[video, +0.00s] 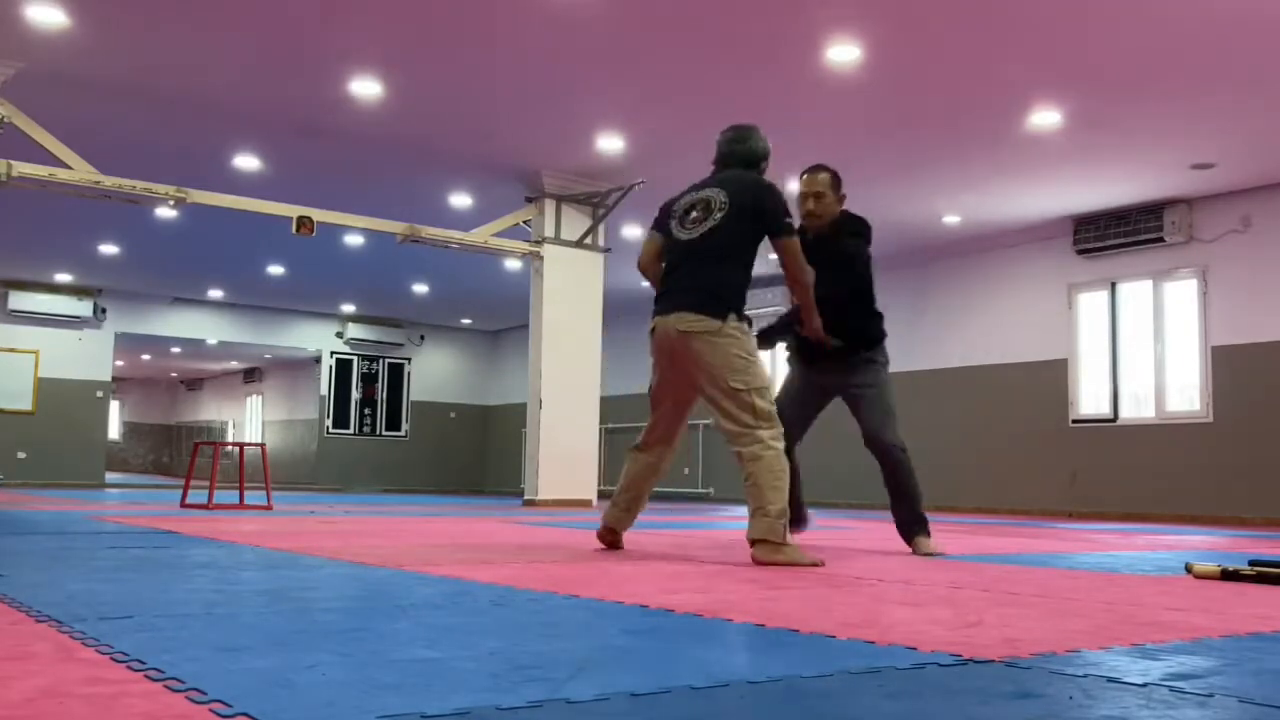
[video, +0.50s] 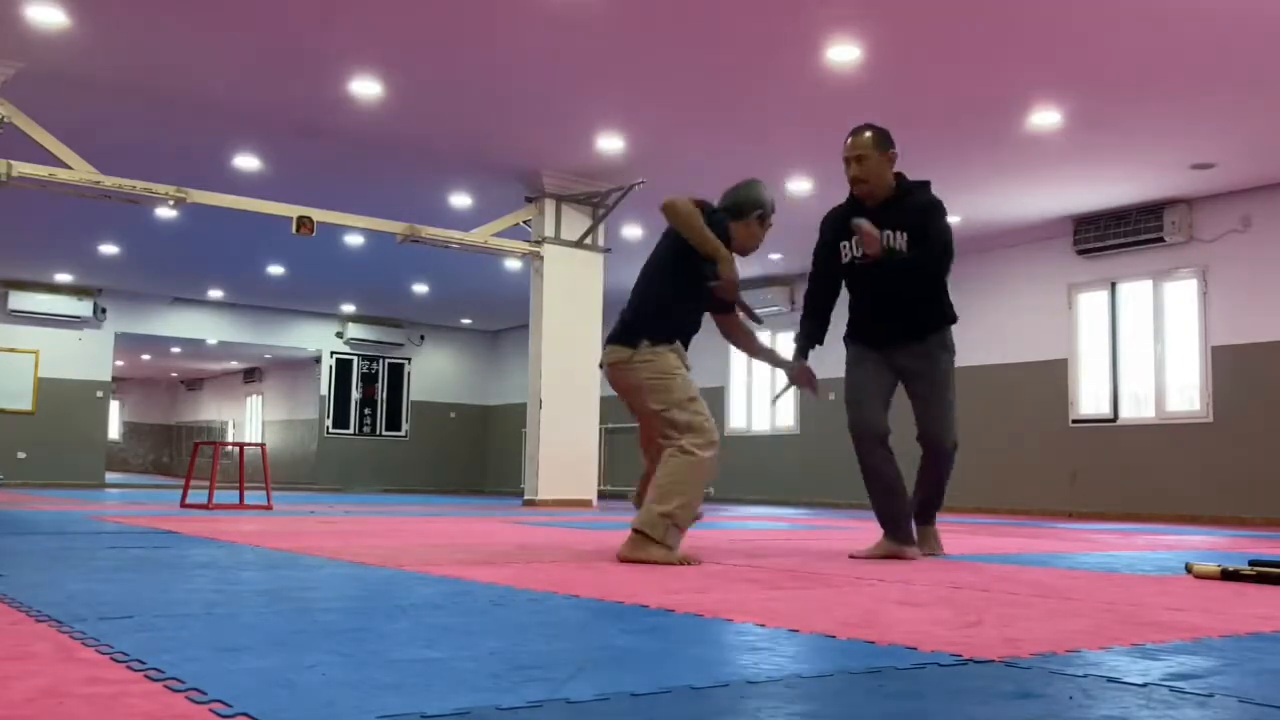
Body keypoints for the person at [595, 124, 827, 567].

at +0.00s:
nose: (768, 170)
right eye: (768, 164)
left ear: (718, 159)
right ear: (762, 163)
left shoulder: (680, 200)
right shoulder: (761, 192)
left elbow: (647, 263)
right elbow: (797, 271)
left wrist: (680, 295)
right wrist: (810, 318)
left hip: (666, 325)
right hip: (715, 325)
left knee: (660, 429)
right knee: (760, 431)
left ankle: (614, 523)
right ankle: (770, 540)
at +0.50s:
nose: (763, 238)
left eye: (766, 229)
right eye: (764, 227)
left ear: (739, 217)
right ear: (750, 218)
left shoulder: (711, 262)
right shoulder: (709, 220)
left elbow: (735, 331)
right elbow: (673, 207)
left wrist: (787, 365)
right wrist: (723, 257)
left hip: (637, 353)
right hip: (645, 352)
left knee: (665, 446)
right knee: (699, 439)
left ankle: (653, 537)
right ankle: (650, 540)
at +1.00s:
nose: (627, 195)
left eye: (631, 188)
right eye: (619, 187)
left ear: (632, 192)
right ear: (592, 188)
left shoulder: (635, 244)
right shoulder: (558, 233)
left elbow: (661, 305)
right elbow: (522, 283)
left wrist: (665, 267)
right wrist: (551, 316)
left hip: (618, 361)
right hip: (565, 363)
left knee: (666, 430)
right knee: (545, 449)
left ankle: (658, 518)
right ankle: (521, 528)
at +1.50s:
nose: (628, 198)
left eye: (633, 191)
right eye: (620, 189)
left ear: (636, 193)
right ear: (596, 186)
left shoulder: (637, 241)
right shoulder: (559, 223)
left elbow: (650, 304)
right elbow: (521, 272)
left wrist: (647, 294)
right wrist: (549, 299)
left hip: (614, 355)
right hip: (560, 356)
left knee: (646, 432)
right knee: (538, 441)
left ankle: (655, 528)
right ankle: (521, 526)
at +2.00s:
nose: (632, 224)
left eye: (636, 217)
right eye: (629, 215)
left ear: (622, 212)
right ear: (603, 206)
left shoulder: (615, 250)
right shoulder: (567, 230)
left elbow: (607, 307)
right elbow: (586, 266)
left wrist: (641, 299)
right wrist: (632, 290)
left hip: (596, 359)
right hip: (549, 360)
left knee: (635, 430)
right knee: (537, 447)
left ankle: (649, 524)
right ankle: (513, 527)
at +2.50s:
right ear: (734, 216)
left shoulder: (768, 253)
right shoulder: (710, 240)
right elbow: (655, 264)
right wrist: (659, 318)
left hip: (733, 360)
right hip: (682, 360)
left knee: (755, 442)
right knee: (651, 445)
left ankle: (779, 527)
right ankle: (620, 519)